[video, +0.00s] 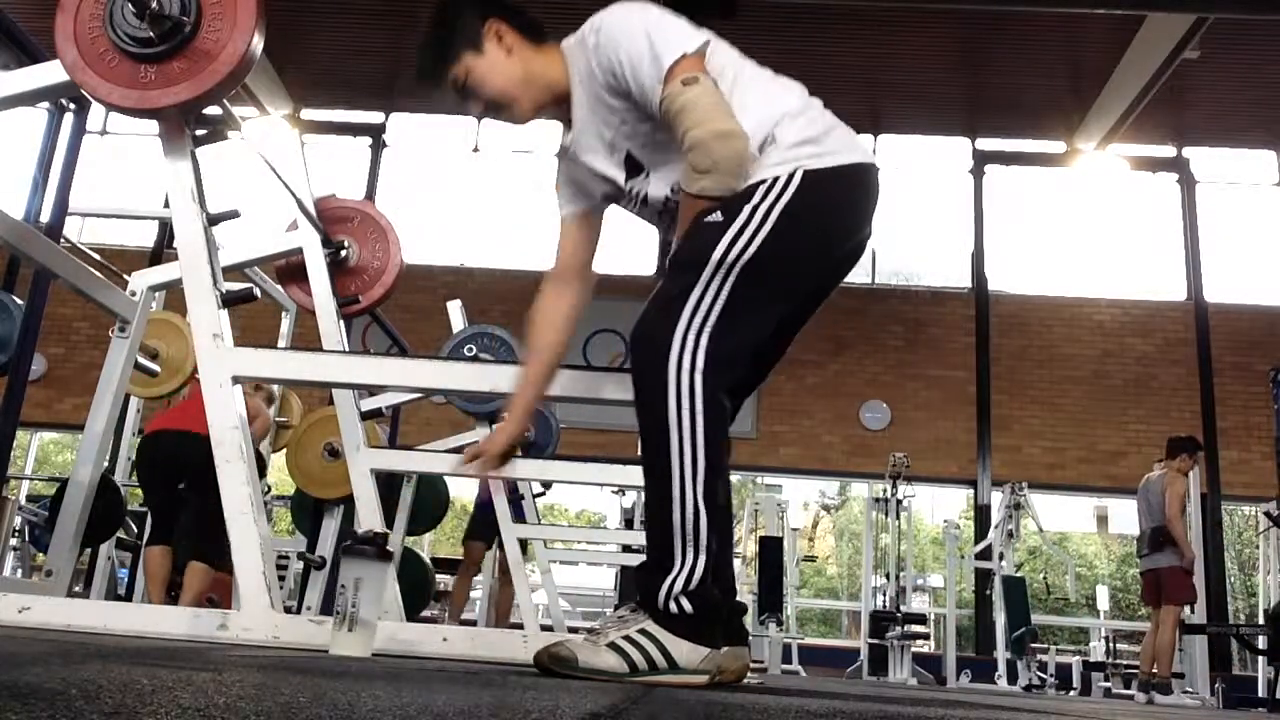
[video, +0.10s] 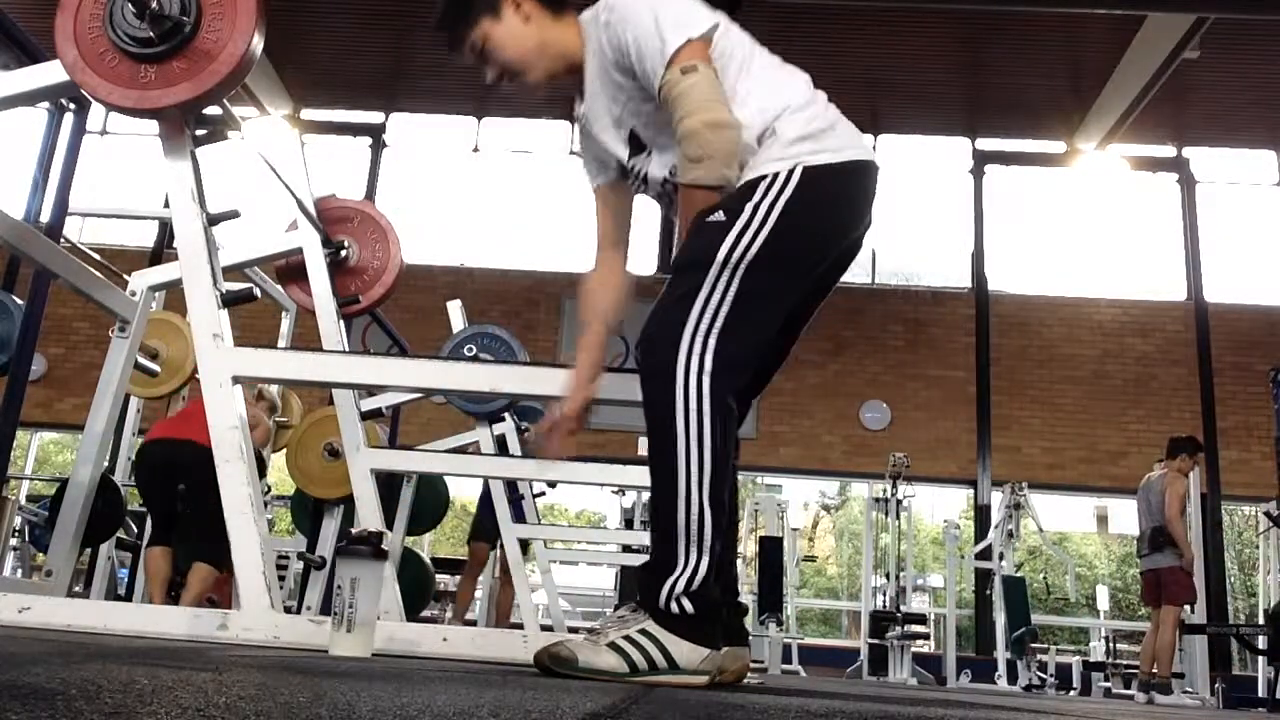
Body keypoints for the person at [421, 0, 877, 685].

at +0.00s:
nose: (477, 106)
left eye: (469, 84)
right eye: (466, 98)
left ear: (500, 38)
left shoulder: (620, 30)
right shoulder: (580, 157)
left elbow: (721, 149)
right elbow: (564, 285)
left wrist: (676, 259)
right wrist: (516, 417)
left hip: (802, 171)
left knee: (667, 350)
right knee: (689, 387)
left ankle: (684, 623)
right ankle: (710, 629)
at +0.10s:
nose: (494, 70)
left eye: (486, 47)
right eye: (483, 63)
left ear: (520, 6)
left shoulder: (628, 14)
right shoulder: (600, 125)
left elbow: (711, 136)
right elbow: (611, 259)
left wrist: (683, 281)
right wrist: (578, 390)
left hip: (802, 165)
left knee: (678, 353)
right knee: (702, 387)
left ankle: (684, 624)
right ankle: (713, 631)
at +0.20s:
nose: (513, 34)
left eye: (509, 12)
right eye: (505, 24)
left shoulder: (649, 4)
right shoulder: (618, 92)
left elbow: (714, 125)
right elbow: (658, 232)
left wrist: (692, 251)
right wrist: (642, 353)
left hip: (800, 166)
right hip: (770, 183)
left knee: (689, 367)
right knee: (682, 380)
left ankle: (687, 625)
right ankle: (711, 629)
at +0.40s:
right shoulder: (667, 39)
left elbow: (746, 68)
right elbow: (691, 158)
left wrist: (696, 203)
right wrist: (688, 263)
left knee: (725, 370)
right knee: (695, 397)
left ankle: (694, 619)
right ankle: (709, 628)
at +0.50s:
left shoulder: (756, 3)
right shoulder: (698, 22)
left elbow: (770, 53)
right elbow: (745, 134)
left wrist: (717, 180)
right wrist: (722, 246)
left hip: (810, 168)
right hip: (768, 182)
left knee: (744, 380)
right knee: (714, 397)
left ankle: (752, 619)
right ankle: (718, 617)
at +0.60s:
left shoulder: (791, 4)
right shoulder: (730, 16)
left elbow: (796, 38)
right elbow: (766, 135)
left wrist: (740, 159)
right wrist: (735, 246)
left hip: (819, 170)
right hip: (780, 181)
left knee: (751, 364)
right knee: (725, 400)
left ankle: (857, 592)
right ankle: (712, 630)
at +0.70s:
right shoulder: (783, 14)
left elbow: (819, 29)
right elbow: (801, 122)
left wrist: (759, 156)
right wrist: (760, 241)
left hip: (831, 175)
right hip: (795, 185)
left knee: (780, 376)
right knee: (739, 417)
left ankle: (936, 591)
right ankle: (712, 635)